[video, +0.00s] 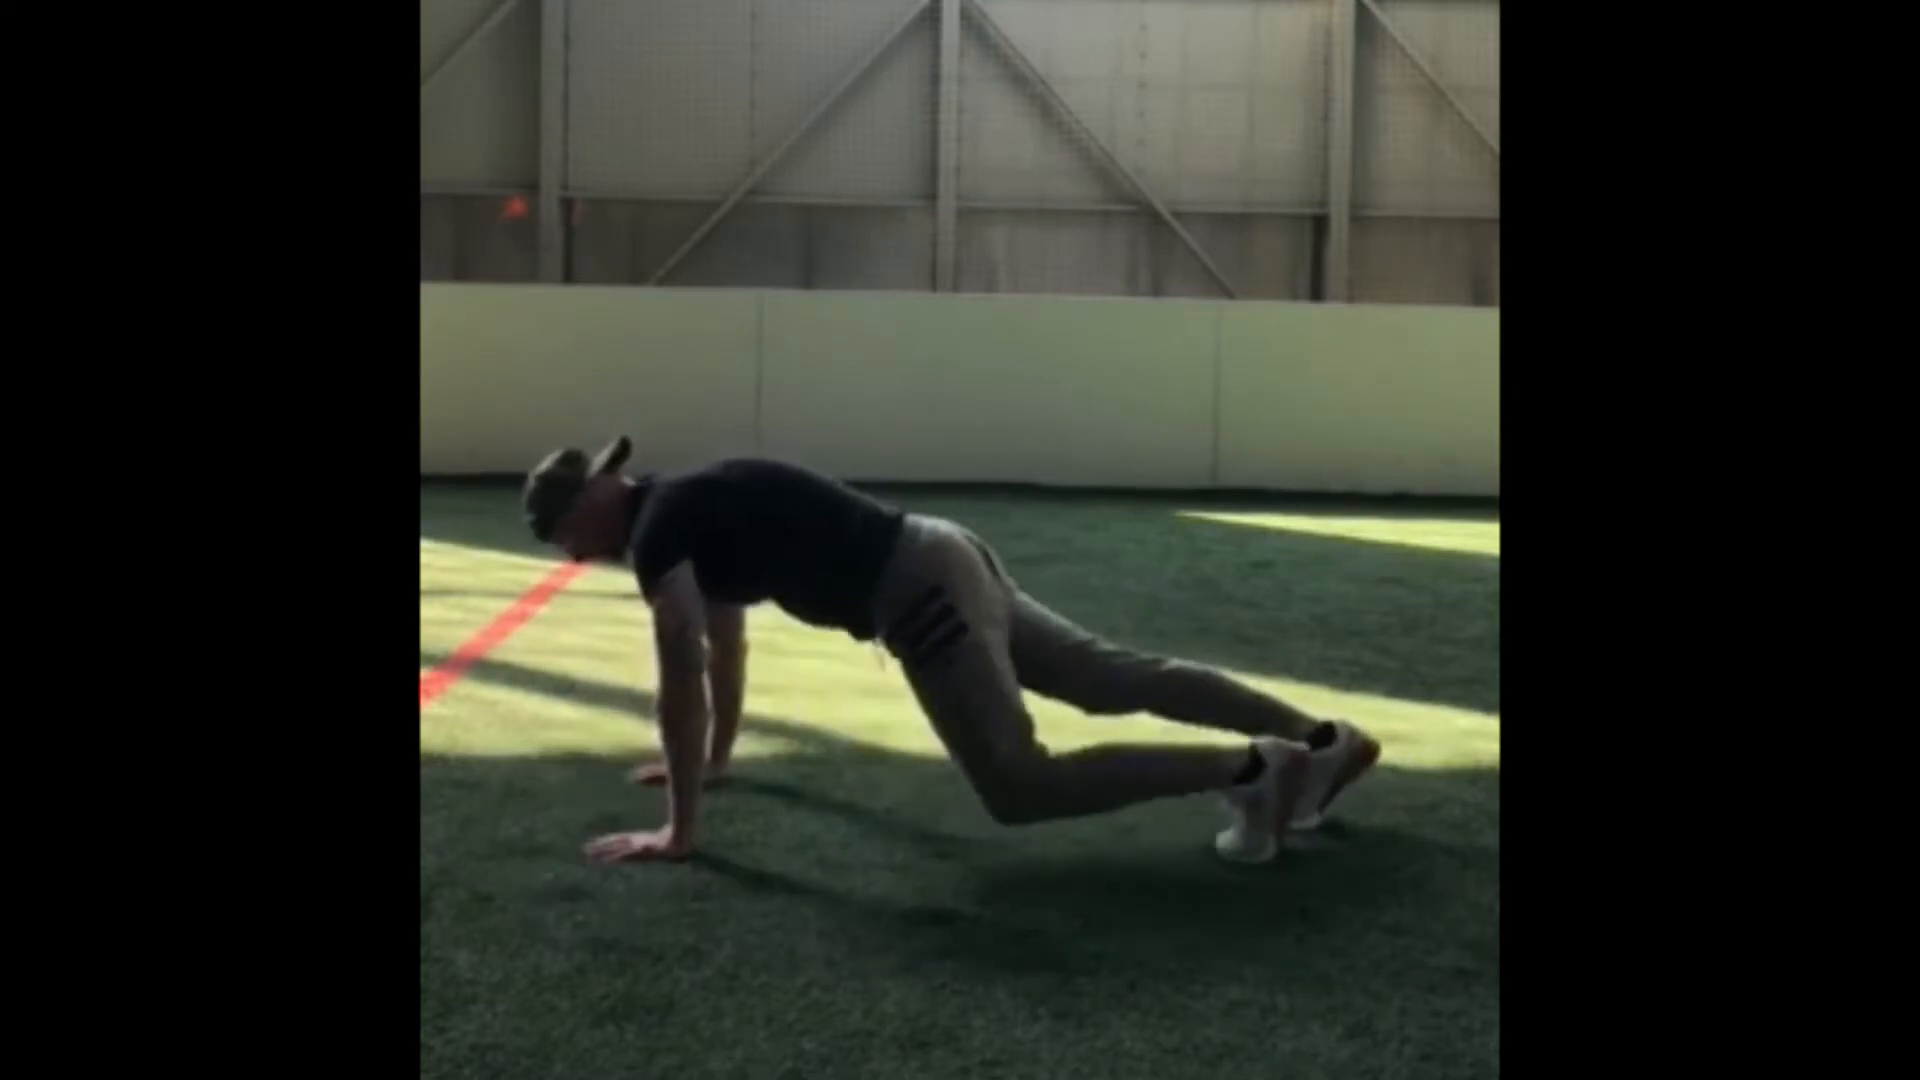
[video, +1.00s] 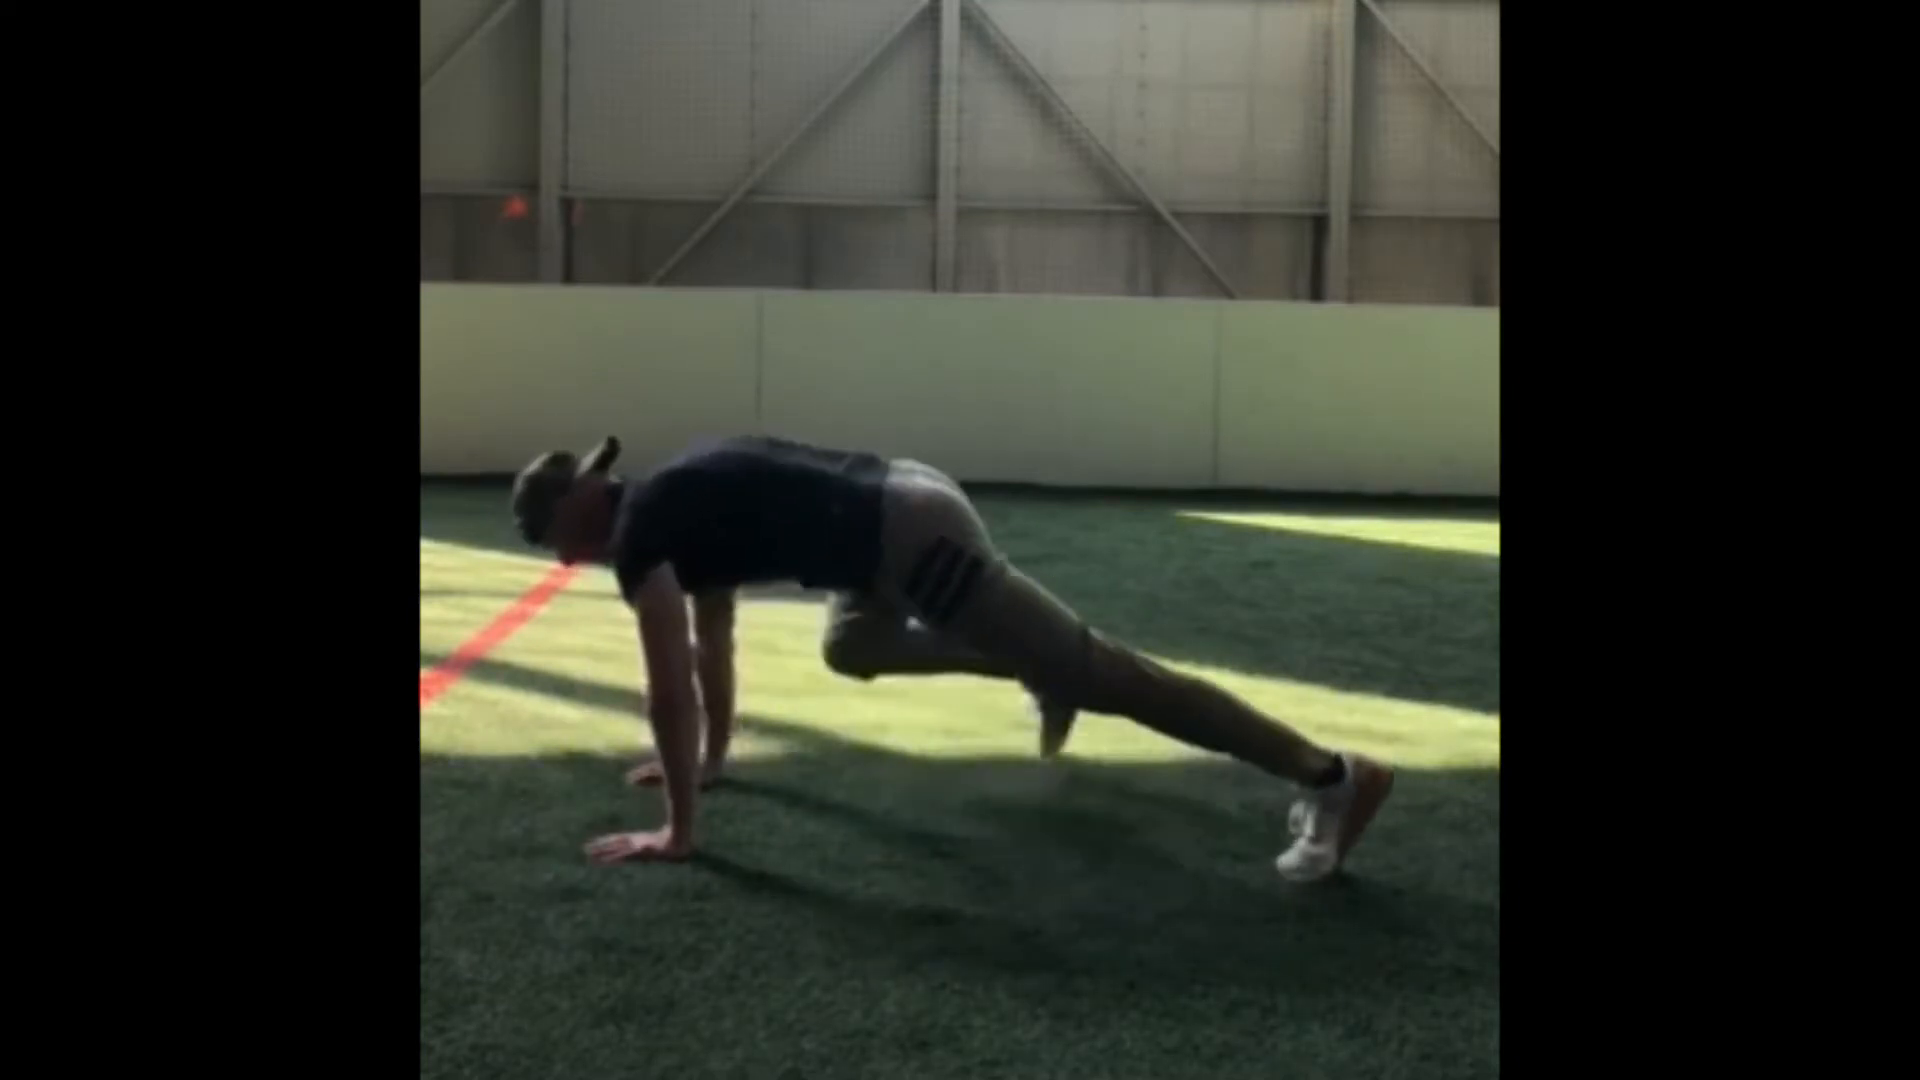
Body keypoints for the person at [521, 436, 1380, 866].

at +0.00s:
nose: (582, 562)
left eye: (573, 545)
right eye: (570, 551)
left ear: (597, 504)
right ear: (613, 487)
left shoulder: (660, 535)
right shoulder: (699, 506)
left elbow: (680, 689)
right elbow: (728, 664)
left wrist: (678, 832)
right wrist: (708, 766)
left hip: (921, 592)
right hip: (947, 552)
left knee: (1022, 789)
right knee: (1111, 678)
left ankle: (1260, 771)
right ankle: (1320, 740)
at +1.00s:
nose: (572, 565)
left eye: (564, 549)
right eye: (561, 553)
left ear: (583, 513)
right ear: (600, 491)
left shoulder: (642, 535)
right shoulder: (682, 499)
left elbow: (671, 693)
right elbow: (713, 652)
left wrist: (677, 829)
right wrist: (708, 756)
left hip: (914, 534)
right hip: (907, 502)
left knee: (1108, 675)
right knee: (853, 649)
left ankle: (1334, 777)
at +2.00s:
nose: (575, 559)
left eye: (566, 542)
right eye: (564, 550)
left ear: (589, 505)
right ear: (602, 498)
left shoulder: (653, 520)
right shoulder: (680, 505)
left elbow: (672, 682)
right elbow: (708, 659)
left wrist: (675, 828)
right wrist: (698, 781)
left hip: (883, 545)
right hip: (930, 546)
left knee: (685, 619)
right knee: (1072, 701)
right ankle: (1295, 742)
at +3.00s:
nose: (558, 556)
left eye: (546, 539)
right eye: (544, 549)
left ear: (558, 502)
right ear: (569, 484)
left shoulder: (625, 525)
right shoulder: (657, 491)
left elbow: (659, 684)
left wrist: (674, 828)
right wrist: (705, 751)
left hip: (862, 563)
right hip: (890, 535)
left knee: (657, 624)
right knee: (737, 583)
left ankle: (791, 827)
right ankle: (819, 732)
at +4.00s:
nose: (542, 582)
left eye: (531, 568)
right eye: (529, 573)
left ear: (547, 522)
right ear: (561, 500)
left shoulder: (614, 542)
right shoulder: (653, 507)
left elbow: (661, 696)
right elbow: (706, 665)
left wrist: (676, 830)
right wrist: (703, 764)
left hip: (880, 584)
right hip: (902, 546)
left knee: (1027, 747)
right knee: (1048, 688)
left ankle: (1265, 758)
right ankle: (1267, 724)